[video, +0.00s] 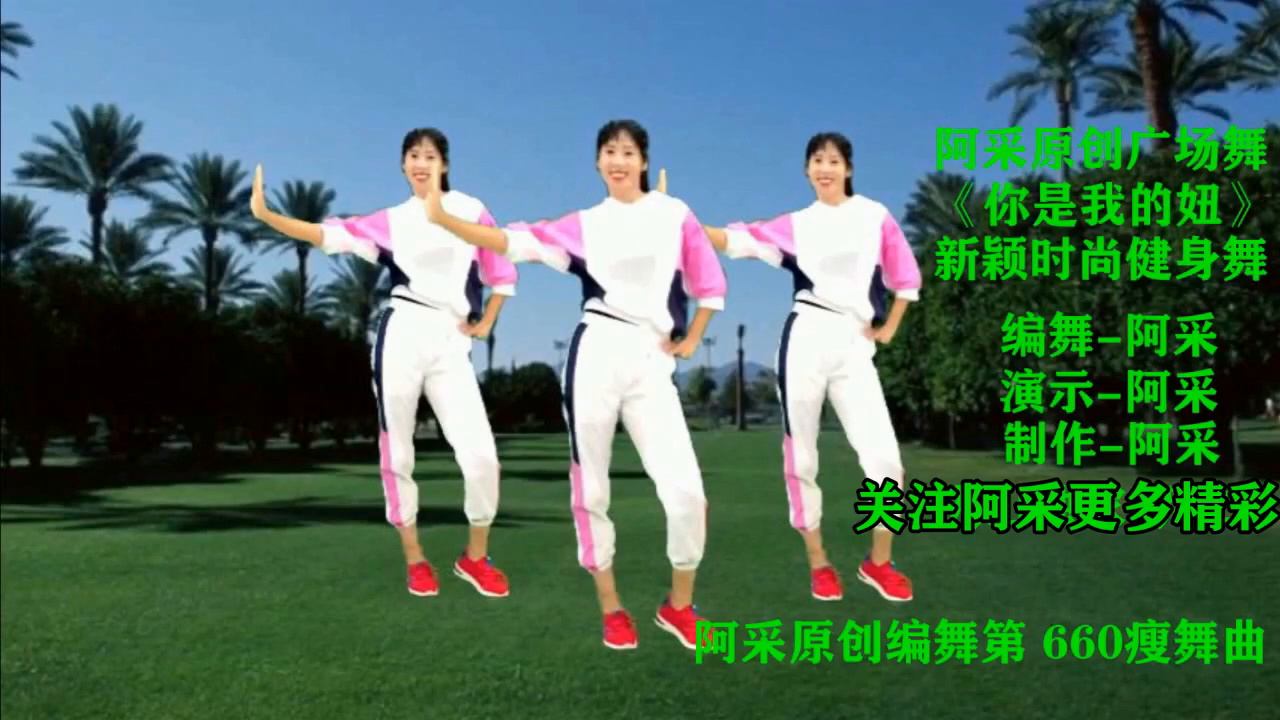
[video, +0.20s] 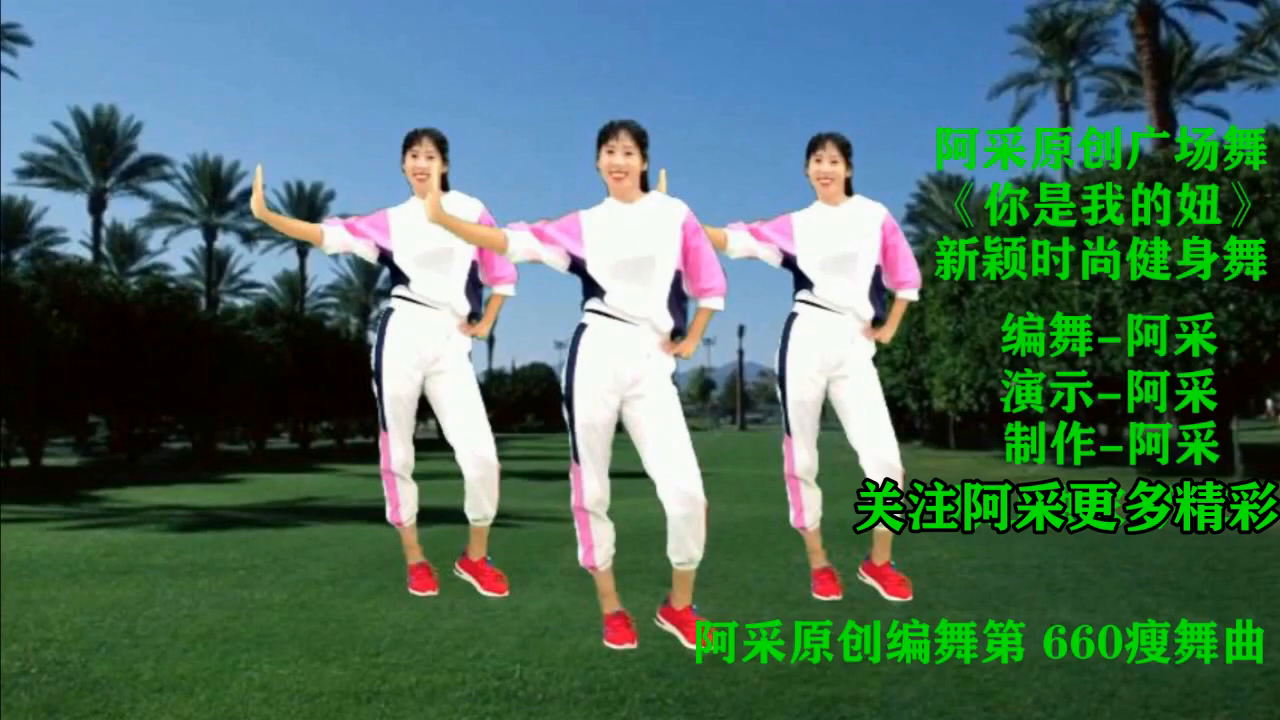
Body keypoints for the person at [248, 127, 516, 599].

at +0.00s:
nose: (420, 164)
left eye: (428, 157)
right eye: (412, 157)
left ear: (444, 165)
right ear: (404, 166)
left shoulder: (473, 211)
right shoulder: (393, 220)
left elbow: (503, 273)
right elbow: (327, 235)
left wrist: (484, 325)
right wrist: (265, 215)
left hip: (451, 335)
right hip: (401, 331)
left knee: (482, 456)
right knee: (399, 453)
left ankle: (476, 557)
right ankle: (415, 561)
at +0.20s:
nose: (420, 164)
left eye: (428, 157)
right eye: (413, 157)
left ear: (444, 165)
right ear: (404, 166)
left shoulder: (473, 211)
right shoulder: (393, 220)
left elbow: (503, 273)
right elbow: (327, 235)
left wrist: (485, 324)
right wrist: (265, 215)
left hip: (451, 334)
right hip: (401, 331)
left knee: (482, 456)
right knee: (399, 452)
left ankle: (476, 557)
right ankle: (415, 561)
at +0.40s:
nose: (420, 164)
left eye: (428, 157)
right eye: (412, 157)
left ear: (444, 165)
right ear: (404, 166)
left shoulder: (473, 211)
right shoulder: (393, 220)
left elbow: (503, 273)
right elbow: (327, 235)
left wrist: (485, 324)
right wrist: (265, 215)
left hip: (451, 335)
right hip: (401, 331)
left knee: (482, 456)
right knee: (399, 453)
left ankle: (476, 557)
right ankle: (415, 561)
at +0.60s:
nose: (420, 164)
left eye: (428, 157)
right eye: (412, 157)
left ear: (444, 165)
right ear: (404, 166)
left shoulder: (473, 211)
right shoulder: (393, 220)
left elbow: (503, 273)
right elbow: (327, 235)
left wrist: (485, 324)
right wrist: (265, 215)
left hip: (451, 335)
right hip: (401, 331)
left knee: (482, 456)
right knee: (399, 453)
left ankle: (476, 557)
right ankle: (415, 561)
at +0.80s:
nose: (420, 164)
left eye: (428, 157)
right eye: (412, 157)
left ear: (444, 165)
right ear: (404, 166)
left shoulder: (473, 211)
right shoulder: (393, 220)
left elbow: (503, 273)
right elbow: (327, 235)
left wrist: (484, 325)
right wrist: (265, 214)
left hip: (451, 335)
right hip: (401, 331)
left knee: (482, 457)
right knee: (399, 453)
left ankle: (476, 557)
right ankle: (415, 561)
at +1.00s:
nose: (420, 164)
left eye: (428, 157)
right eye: (412, 157)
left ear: (444, 165)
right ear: (403, 166)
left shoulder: (473, 211)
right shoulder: (393, 220)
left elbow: (503, 273)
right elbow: (327, 235)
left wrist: (485, 325)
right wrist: (265, 215)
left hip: (451, 335)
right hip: (401, 331)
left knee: (482, 456)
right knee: (399, 453)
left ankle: (476, 557)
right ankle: (415, 561)